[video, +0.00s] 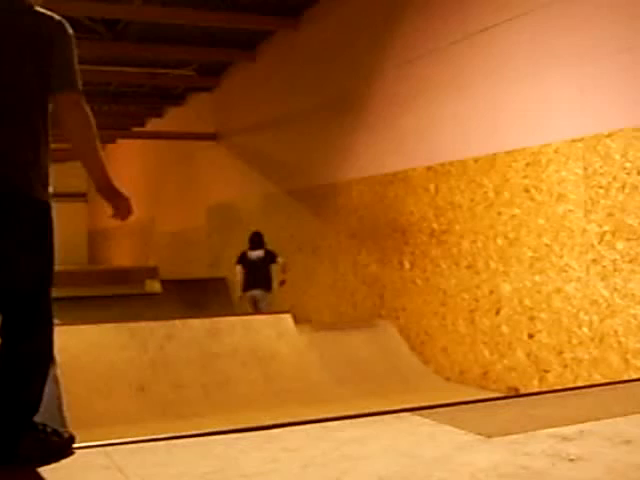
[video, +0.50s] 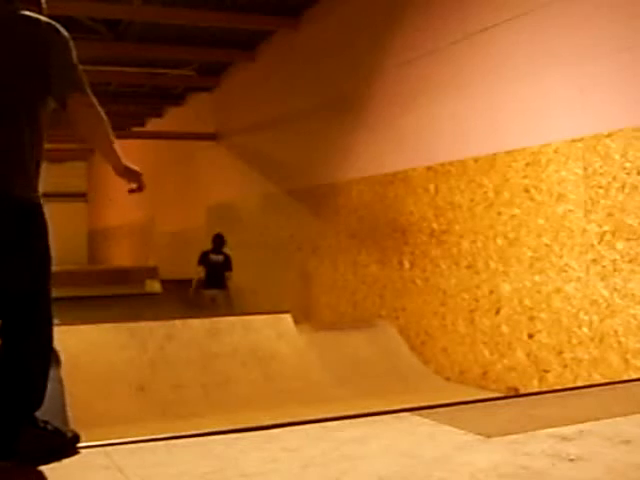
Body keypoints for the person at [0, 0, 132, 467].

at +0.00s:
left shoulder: (46, 31)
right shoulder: (45, 29)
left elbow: (71, 111)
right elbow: (71, 111)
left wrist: (104, 183)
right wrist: (106, 184)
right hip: (19, 202)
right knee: (28, 318)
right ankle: (16, 432)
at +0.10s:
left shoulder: (45, 32)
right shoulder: (44, 31)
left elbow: (75, 111)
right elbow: (75, 112)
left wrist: (109, 179)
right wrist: (112, 180)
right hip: (20, 202)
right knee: (27, 316)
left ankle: (14, 429)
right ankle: (17, 430)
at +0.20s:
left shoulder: (41, 32)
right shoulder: (42, 30)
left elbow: (80, 111)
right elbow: (80, 110)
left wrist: (119, 176)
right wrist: (122, 177)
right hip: (18, 197)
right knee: (34, 316)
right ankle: (12, 427)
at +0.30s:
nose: (43, 4)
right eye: (42, 2)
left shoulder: (41, 35)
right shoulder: (42, 33)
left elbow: (82, 108)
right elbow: (82, 108)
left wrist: (122, 167)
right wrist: (125, 167)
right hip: (16, 207)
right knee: (30, 320)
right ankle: (12, 430)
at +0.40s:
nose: (47, 6)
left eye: (45, 6)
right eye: (46, 3)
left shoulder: (41, 36)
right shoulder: (42, 33)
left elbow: (82, 106)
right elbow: (83, 106)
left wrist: (120, 161)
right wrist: (123, 161)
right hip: (13, 208)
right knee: (28, 321)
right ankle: (12, 434)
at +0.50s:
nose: (46, 7)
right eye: (44, 4)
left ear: (22, 3)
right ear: (32, 0)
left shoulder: (42, 37)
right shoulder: (42, 35)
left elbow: (81, 106)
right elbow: (82, 106)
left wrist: (114, 163)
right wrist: (117, 164)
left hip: (18, 208)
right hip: (16, 208)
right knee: (26, 319)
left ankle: (17, 432)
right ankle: (17, 434)